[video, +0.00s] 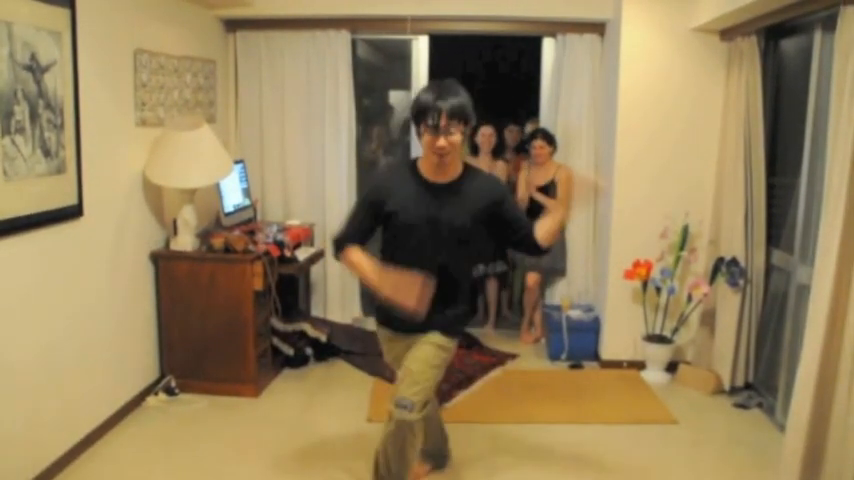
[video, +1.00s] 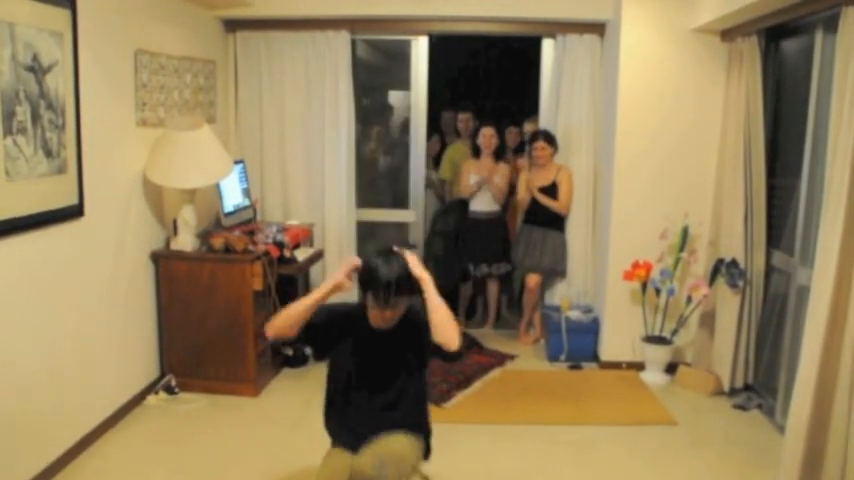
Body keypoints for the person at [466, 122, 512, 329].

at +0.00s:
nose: (486, 139)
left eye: (490, 135)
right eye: (482, 135)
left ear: (496, 139)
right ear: (475, 137)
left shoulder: (500, 166)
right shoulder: (468, 164)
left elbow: (501, 196)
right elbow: (464, 192)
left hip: (493, 228)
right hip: (470, 227)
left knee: (491, 274)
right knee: (472, 272)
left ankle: (491, 318)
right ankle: (474, 314)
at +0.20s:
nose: (486, 142)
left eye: (490, 137)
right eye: (482, 137)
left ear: (497, 140)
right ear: (476, 140)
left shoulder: (504, 166)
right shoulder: (472, 166)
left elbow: (511, 199)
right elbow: (464, 196)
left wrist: (509, 228)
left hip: (495, 220)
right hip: (474, 220)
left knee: (492, 274)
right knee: (477, 272)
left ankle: (491, 318)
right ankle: (478, 313)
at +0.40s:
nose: (487, 140)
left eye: (491, 136)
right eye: (483, 136)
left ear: (497, 141)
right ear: (477, 140)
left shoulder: (502, 166)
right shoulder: (470, 165)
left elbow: (503, 195)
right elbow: (465, 192)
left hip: (496, 215)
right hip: (474, 216)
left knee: (493, 270)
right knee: (473, 266)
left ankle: (492, 318)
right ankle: (471, 313)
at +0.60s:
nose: (488, 141)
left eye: (492, 137)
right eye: (484, 136)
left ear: (497, 141)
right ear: (477, 140)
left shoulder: (502, 168)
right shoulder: (468, 165)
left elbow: (502, 197)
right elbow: (461, 192)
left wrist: (493, 182)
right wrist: (474, 184)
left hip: (494, 217)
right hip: (472, 216)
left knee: (493, 271)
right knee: (471, 267)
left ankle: (491, 318)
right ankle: (469, 312)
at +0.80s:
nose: (488, 141)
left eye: (492, 137)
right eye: (484, 136)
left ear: (498, 141)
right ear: (477, 140)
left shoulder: (503, 167)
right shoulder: (467, 165)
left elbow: (502, 197)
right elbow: (463, 196)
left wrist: (506, 178)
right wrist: (464, 177)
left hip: (495, 216)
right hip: (472, 216)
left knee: (493, 274)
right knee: (470, 272)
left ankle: (492, 318)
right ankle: (470, 318)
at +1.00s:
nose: (487, 141)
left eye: (491, 137)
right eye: (484, 136)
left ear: (497, 141)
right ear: (477, 140)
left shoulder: (503, 167)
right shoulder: (469, 164)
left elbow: (501, 197)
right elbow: (463, 194)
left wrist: (490, 179)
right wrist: (481, 181)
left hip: (493, 217)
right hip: (471, 217)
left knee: (492, 273)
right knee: (467, 272)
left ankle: (491, 319)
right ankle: (461, 316)